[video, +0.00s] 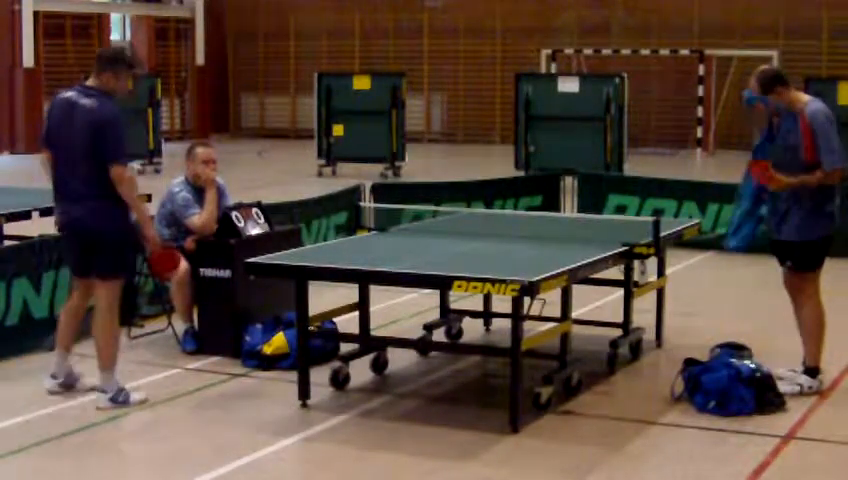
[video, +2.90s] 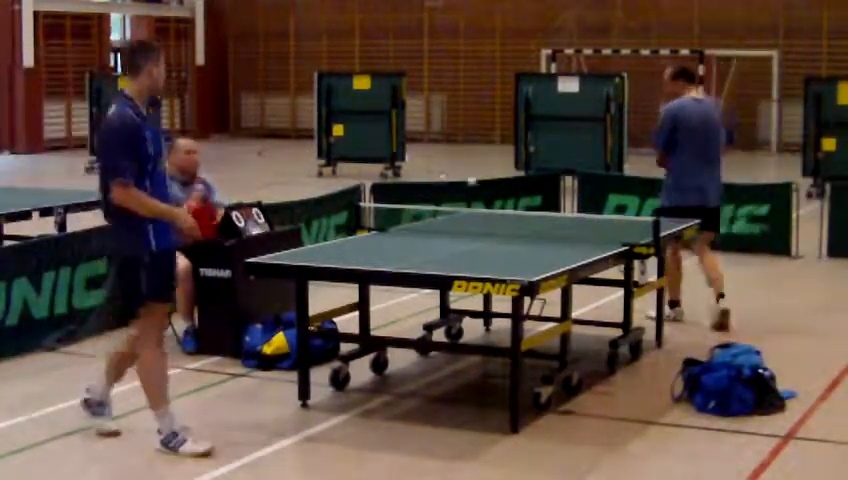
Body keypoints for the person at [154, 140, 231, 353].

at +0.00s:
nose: (212, 168)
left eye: (214, 163)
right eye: (206, 163)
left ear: (217, 164)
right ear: (190, 166)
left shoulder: (218, 187)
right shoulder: (178, 191)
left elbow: (225, 221)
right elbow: (204, 226)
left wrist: (199, 236)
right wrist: (211, 189)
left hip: (200, 241)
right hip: (168, 244)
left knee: (227, 262)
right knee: (182, 270)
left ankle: (224, 321)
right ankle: (188, 327)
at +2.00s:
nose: (212, 168)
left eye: (214, 163)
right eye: (206, 163)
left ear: (217, 165)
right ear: (190, 166)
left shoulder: (217, 187)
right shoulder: (179, 192)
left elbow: (227, 221)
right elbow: (205, 226)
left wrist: (197, 237)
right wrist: (211, 188)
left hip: (198, 241)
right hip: (165, 245)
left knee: (227, 262)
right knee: (181, 269)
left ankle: (222, 321)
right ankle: (188, 326)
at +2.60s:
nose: (204, 168)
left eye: (206, 162)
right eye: (198, 162)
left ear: (210, 164)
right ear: (184, 165)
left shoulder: (213, 188)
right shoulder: (169, 194)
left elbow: (224, 224)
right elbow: (187, 225)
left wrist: (198, 235)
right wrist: (202, 188)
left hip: (199, 241)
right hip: (165, 243)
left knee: (226, 259)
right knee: (183, 266)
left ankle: (223, 321)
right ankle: (189, 326)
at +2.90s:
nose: (194, 159)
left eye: (195, 153)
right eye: (187, 153)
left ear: (199, 158)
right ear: (171, 158)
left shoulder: (202, 184)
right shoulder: (163, 185)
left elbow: (219, 207)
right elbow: (165, 216)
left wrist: (217, 220)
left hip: (202, 240)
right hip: (173, 244)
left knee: (225, 262)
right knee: (184, 267)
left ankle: (222, 319)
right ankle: (188, 325)